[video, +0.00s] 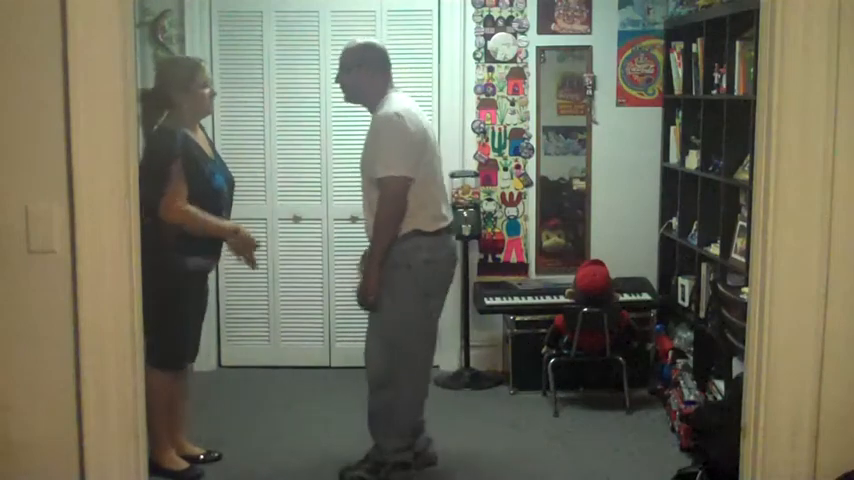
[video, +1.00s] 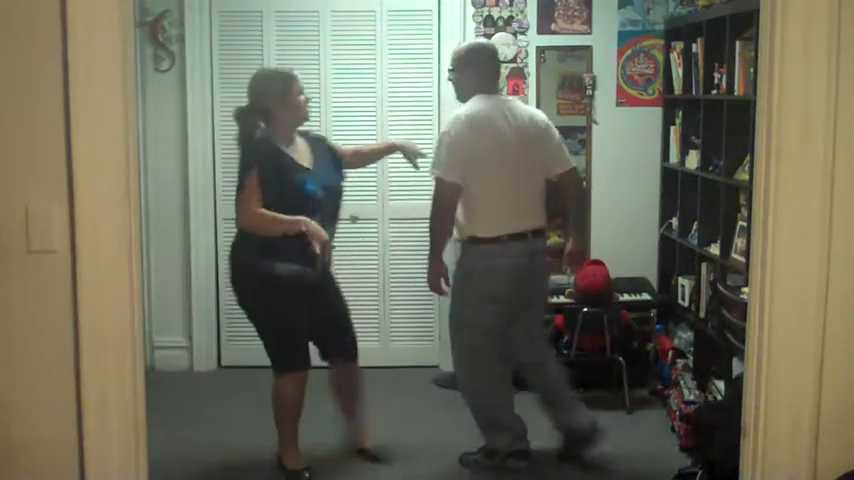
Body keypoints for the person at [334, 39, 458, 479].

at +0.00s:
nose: (339, 80)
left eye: (346, 71)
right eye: (340, 72)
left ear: (371, 73)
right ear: (376, 73)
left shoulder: (392, 118)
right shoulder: (400, 113)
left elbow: (394, 197)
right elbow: (398, 197)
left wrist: (373, 266)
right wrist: (375, 259)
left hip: (412, 251)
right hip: (423, 247)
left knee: (393, 352)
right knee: (406, 349)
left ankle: (392, 452)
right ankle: (410, 442)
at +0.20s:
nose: (356, 81)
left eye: (362, 73)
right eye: (356, 73)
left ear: (388, 73)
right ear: (387, 74)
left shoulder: (417, 115)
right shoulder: (402, 120)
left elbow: (438, 187)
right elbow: (394, 196)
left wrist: (407, 253)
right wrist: (362, 248)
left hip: (433, 247)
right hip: (422, 247)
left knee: (399, 345)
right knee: (404, 344)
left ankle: (401, 450)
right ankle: (403, 446)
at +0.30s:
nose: (372, 77)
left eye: (379, 69)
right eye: (373, 70)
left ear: (405, 68)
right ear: (400, 70)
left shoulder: (436, 109)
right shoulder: (408, 120)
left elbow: (462, 172)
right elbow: (395, 191)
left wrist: (416, 230)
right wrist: (362, 246)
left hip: (438, 243)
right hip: (421, 244)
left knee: (379, 327)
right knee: (415, 337)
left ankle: (425, 427)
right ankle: (411, 441)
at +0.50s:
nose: (407, 63)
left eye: (415, 55)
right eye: (409, 56)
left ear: (441, 61)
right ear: (436, 63)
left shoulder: (461, 110)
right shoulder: (434, 116)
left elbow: (473, 173)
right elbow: (434, 190)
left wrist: (410, 205)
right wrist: (404, 243)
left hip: (448, 247)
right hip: (425, 246)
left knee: (417, 346)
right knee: (409, 345)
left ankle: (485, 426)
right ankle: (412, 444)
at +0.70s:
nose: (426, 74)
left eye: (432, 66)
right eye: (427, 66)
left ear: (456, 70)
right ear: (464, 71)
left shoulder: (464, 116)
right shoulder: (480, 114)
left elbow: (446, 189)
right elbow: (499, 193)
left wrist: (409, 222)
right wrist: (433, 216)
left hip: (477, 255)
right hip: (472, 253)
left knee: (477, 349)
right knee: (424, 329)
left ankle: (506, 444)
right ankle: (418, 436)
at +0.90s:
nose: (443, 80)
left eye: (448, 72)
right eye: (444, 73)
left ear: (468, 75)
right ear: (486, 74)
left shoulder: (463, 125)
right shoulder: (526, 121)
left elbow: (439, 192)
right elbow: (555, 181)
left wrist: (427, 247)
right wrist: (564, 234)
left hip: (486, 255)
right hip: (526, 251)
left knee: (472, 349)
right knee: (492, 337)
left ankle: (504, 444)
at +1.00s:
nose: (452, 79)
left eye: (456, 72)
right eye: (452, 72)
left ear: (473, 73)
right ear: (495, 72)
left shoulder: (460, 125)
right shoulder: (534, 119)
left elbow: (445, 199)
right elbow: (573, 185)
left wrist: (434, 258)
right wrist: (576, 239)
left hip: (485, 256)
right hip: (533, 252)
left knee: (477, 357)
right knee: (530, 343)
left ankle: (504, 446)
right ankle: (578, 426)